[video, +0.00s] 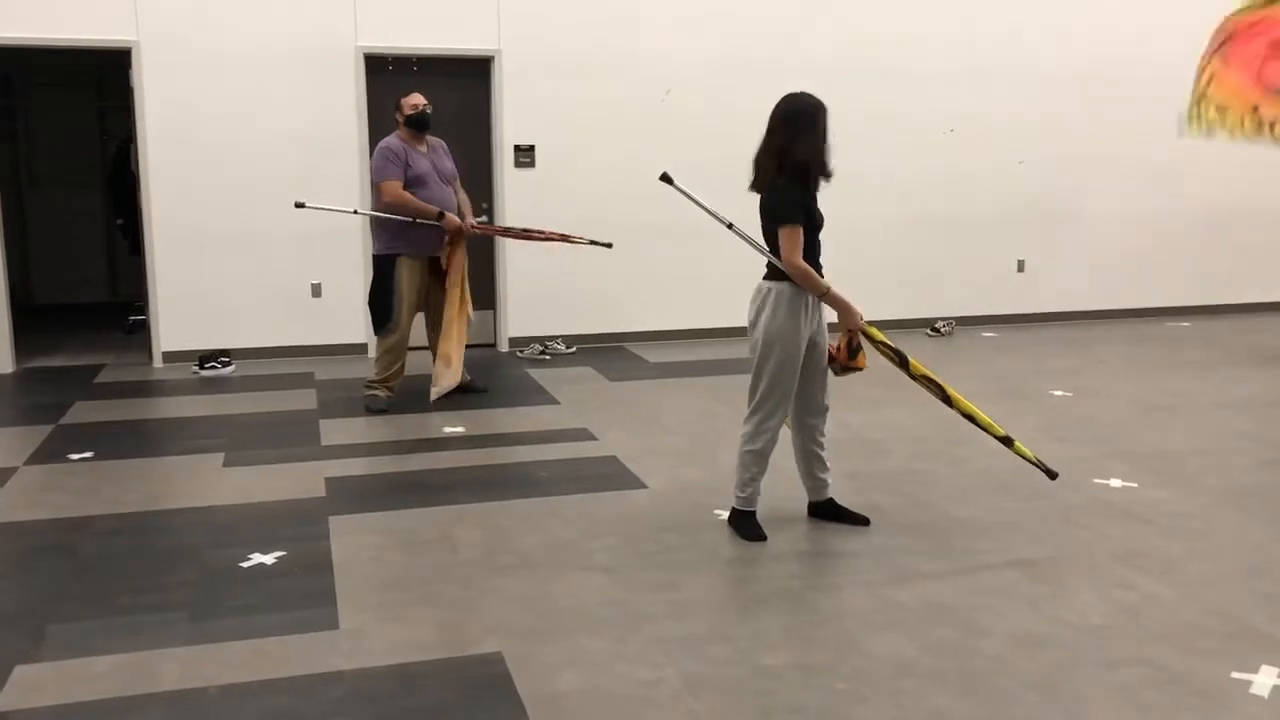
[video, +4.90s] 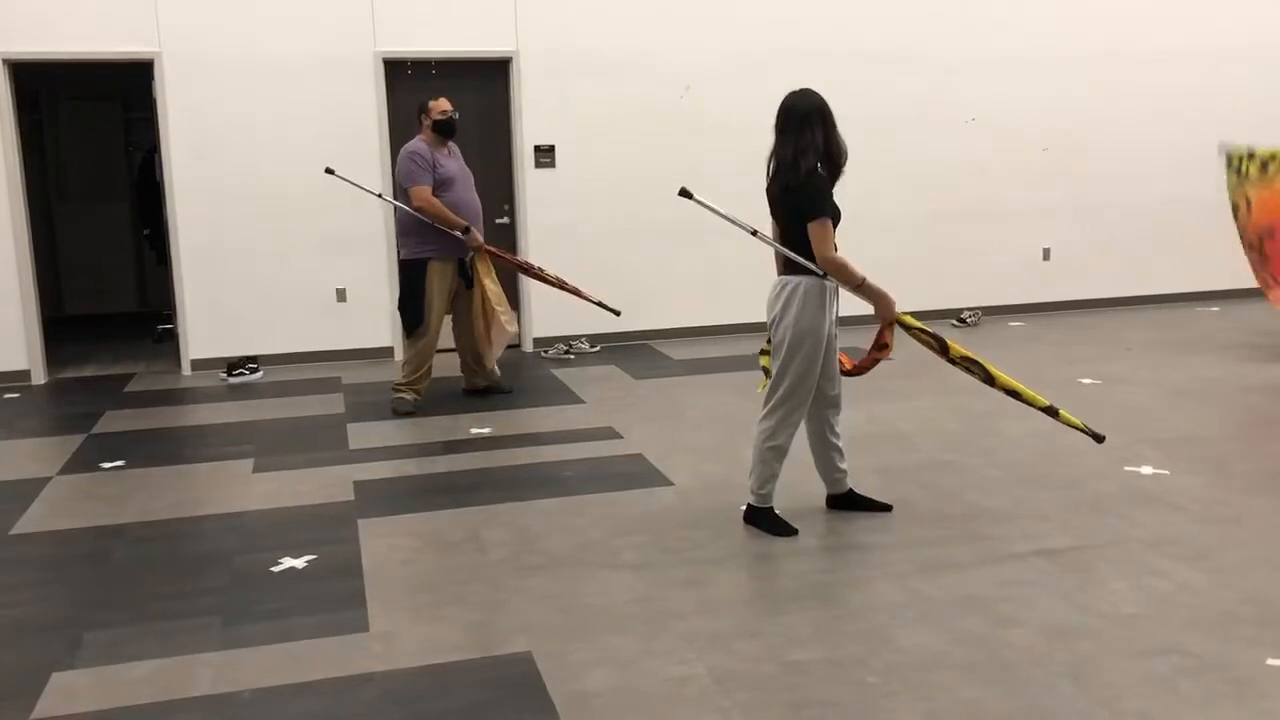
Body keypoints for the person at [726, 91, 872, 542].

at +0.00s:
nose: (825, 138)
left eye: (823, 129)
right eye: (821, 130)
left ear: (782, 130)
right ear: (810, 133)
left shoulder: (800, 181)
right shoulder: (786, 184)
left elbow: (800, 259)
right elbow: (791, 262)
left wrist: (832, 312)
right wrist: (843, 305)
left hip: (807, 302)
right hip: (782, 302)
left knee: (811, 408)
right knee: (768, 409)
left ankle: (820, 500)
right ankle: (743, 507)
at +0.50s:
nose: (829, 144)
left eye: (823, 135)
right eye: (825, 136)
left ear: (776, 142)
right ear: (820, 140)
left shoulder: (768, 192)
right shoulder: (812, 191)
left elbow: (766, 267)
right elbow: (811, 266)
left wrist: (771, 323)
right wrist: (860, 307)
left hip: (779, 303)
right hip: (797, 305)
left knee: (812, 409)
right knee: (782, 410)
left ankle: (827, 501)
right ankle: (745, 510)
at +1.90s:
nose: (828, 156)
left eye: (825, 147)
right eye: (823, 147)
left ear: (779, 151)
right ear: (814, 151)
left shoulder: (777, 201)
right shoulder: (804, 202)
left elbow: (778, 274)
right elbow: (816, 279)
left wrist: (831, 303)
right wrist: (866, 318)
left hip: (802, 315)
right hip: (799, 317)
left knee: (823, 419)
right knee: (786, 422)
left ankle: (832, 513)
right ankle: (753, 524)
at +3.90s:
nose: (837, 139)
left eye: (832, 131)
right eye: (833, 131)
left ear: (792, 136)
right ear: (826, 135)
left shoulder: (797, 181)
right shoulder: (813, 185)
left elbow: (811, 259)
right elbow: (828, 263)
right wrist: (876, 305)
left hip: (816, 301)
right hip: (805, 302)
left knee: (828, 406)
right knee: (789, 409)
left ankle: (841, 498)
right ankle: (761, 511)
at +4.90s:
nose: (834, 133)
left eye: (829, 125)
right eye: (830, 125)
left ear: (785, 129)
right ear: (821, 128)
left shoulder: (784, 177)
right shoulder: (810, 179)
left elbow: (782, 247)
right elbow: (825, 257)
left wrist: (790, 297)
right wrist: (876, 296)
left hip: (805, 292)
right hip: (805, 295)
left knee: (825, 398)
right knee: (786, 402)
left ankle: (838, 491)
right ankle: (759, 503)